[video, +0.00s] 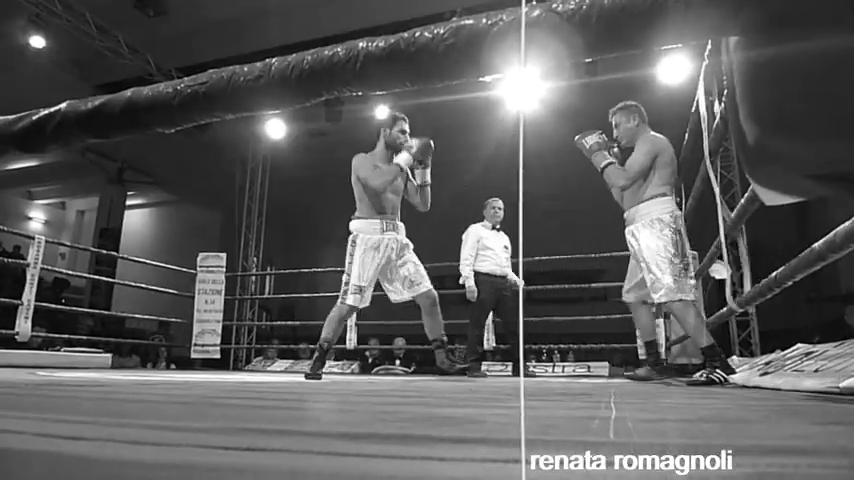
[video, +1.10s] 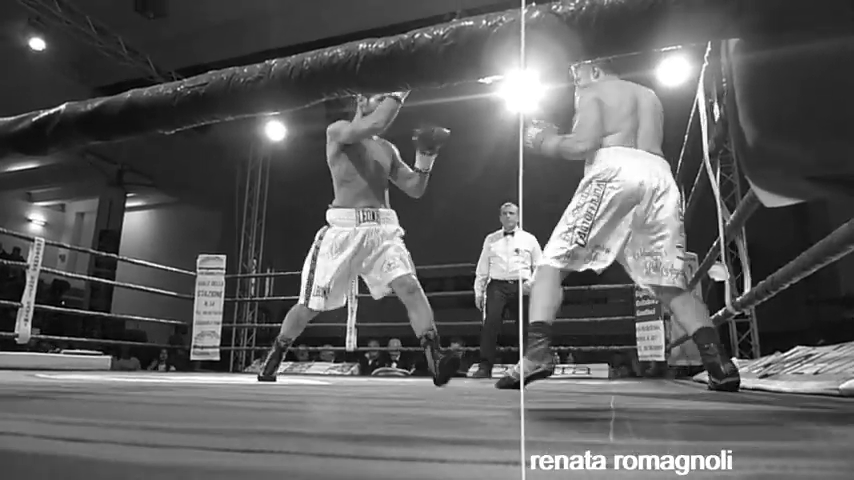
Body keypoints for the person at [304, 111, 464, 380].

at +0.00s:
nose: (406, 139)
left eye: (408, 134)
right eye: (402, 132)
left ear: (404, 139)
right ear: (384, 133)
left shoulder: (401, 171)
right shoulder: (361, 161)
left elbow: (422, 205)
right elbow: (377, 183)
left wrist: (424, 171)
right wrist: (405, 159)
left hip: (397, 240)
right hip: (366, 240)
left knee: (429, 297)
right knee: (348, 304)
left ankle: (443, 358)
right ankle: (318, 361)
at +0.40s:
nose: (428, 138)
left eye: (431, 135)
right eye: (425, 132)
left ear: (428, 141)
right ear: (408, 130)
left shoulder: (420, 173)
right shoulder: (375, 151)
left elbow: (442, 208)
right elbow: (382, 177)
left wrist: (448, 174)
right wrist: (412, 150)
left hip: (399, 239)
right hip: (363, 236)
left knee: (430, 295)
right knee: (340, 306)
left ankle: (438, 364)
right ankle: (317, 358)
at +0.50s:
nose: (435, 141)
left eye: (437, 136)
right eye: (432, 133)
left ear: (431, 138)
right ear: (414, 130)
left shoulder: (425, 169)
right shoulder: (377, 150)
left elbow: (465, 170)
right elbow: (365, 180)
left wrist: (494, 139)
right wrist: (405, 161)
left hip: (396, 238)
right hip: (360, 234)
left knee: (431, 294)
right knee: (339, 295)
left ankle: (438, 362)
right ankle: (312, 348)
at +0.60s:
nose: (428, 131)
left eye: (430, 126)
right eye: (424, 123)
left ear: (419, 126)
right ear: (406, 119)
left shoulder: (418, 159)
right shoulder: (368, 142)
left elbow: (459, 172)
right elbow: (350, 176)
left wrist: (478, 144)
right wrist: (390, 155)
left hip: (392, 232)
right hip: (355, 228)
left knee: (424, 292)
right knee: (329, 290)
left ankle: (437, 361)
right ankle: (295, 348)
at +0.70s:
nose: (405, 116)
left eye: (406, 111)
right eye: (399, 109)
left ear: (400, 117)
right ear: (379, 109)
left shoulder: (402, 155)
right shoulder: (347, 138)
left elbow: (414, 200)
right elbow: (333, 178)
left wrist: (424, 169)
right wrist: (372, 151)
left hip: (382, 227)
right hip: (343, 224)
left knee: (415, 292)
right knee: (311, 292)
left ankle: (436, 357)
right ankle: (279, 352)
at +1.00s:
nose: (382, 105)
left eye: (385, 101)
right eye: (376, 98)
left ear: (384, 111)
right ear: (357, 101)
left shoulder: (382, 146)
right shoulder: (330, 132)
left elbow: (406, 187)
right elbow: (356, 140)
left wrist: (424, 157)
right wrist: (384, 106)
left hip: (377, 227)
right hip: (338, 226)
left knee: (408, 282)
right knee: (310, 303)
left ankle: (425, 359)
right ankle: (272, 359)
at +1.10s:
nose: (385, 104)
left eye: (388, 100)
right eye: (378, 97)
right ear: (361, 101)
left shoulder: (387, 148)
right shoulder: (337, 132)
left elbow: (415, 189)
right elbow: (376, 123)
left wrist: (425, 157)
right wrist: (399, 92)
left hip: (384, 230)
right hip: (343, 231)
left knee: (409, 286)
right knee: (311, 305)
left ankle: (437, 360)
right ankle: (274, 357)